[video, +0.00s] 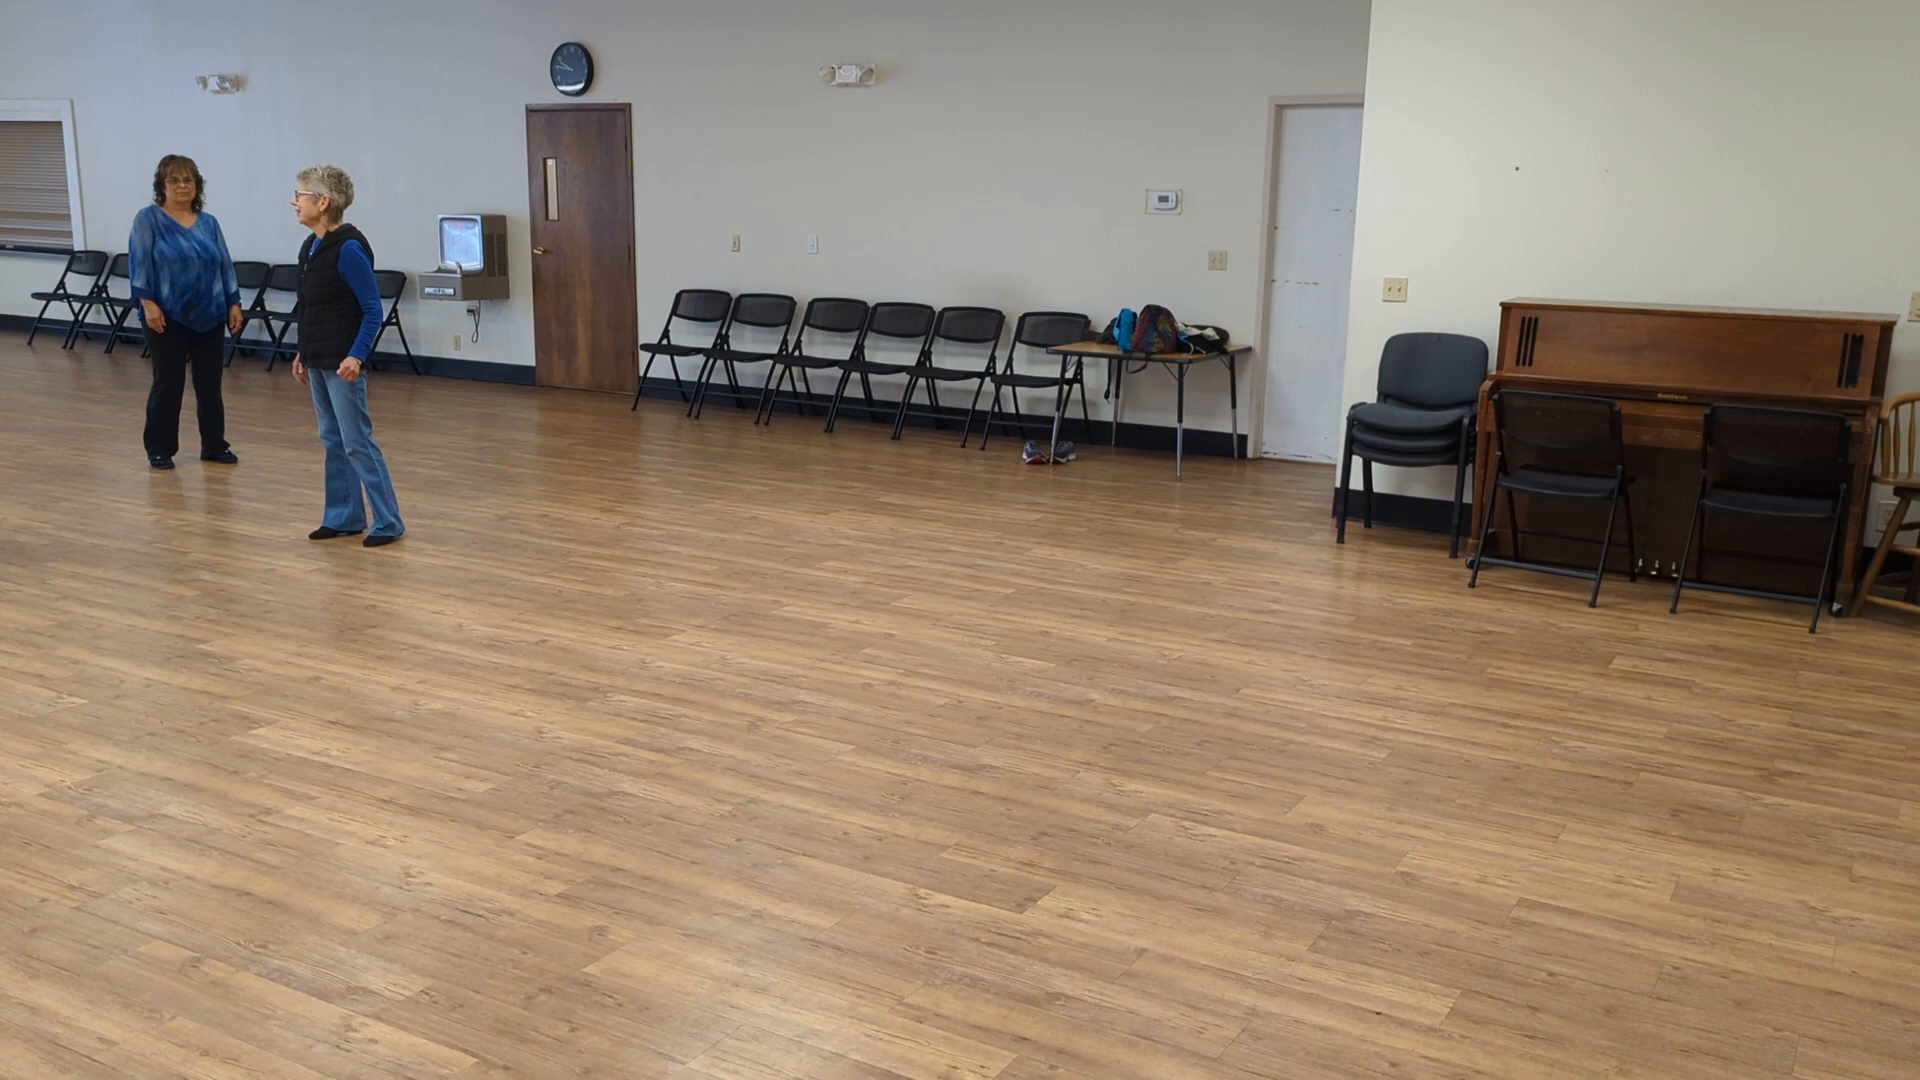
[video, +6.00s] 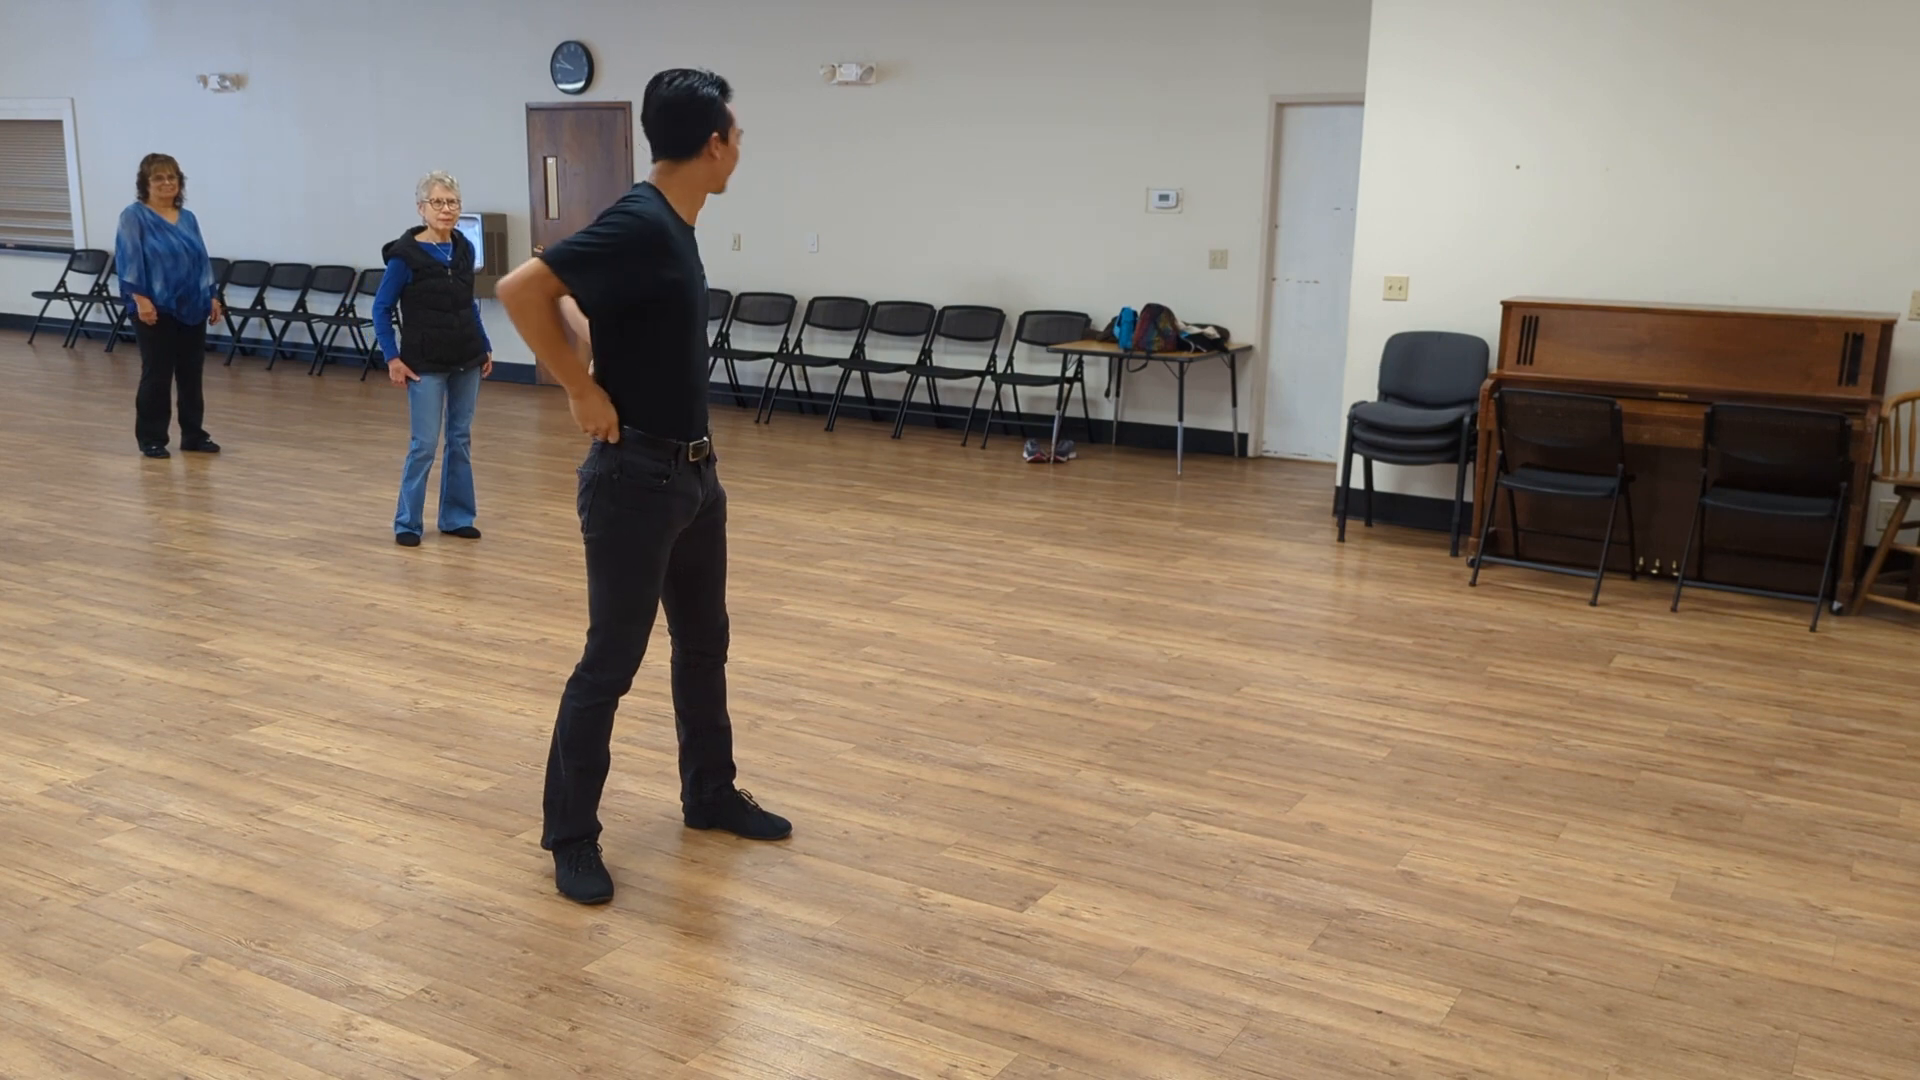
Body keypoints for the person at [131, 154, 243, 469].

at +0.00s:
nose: (182, 186)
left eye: (187, 180)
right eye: (174, 181)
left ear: (197, 185)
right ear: (162, 185)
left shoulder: (208, 222)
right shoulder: (148, 218)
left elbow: (226, 266)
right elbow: (139, 266)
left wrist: (234, 303)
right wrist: (148, 303)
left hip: (208, 315)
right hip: (167, 315)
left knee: (210, 385)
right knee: (168, 384)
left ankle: (214, 446)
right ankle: (160, 451)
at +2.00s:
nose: (190, 187)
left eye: (193, 181)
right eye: (182, 181)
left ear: (196, 184)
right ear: (163, 183)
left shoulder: (202, 219)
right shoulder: (144, 217)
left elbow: (219, 262)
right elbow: (139, 264)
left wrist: (226, 298)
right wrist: (153, 300)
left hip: (203, 313)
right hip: (163, 314)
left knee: (206, 383)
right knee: (166, 383)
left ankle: (214, 445)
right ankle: (159, 451)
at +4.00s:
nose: (152, 182)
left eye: (158, 177)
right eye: (145, 177)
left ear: (167, 181)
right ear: (134, 182)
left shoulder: (180, 216)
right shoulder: (122, 215)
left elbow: (197, 259)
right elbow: (113, 261)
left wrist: (203, 293)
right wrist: (120, 299)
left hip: (182, 309)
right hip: (144, 310)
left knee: (186, 376)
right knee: (151, 378)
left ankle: (192, 435)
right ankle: (152, 440)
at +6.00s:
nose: (165, 183)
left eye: (171, 178)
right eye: (158, 178)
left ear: (179, 183)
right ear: (145, 183)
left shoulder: (187, 217)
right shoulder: (133, 216)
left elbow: (202, 261)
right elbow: (129, 262)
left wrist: (212, 296)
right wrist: (140, 298)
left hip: (191, 308)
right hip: (155, 308)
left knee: (191, 374)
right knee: (157, 374)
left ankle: (193, 436)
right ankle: (152, 440)